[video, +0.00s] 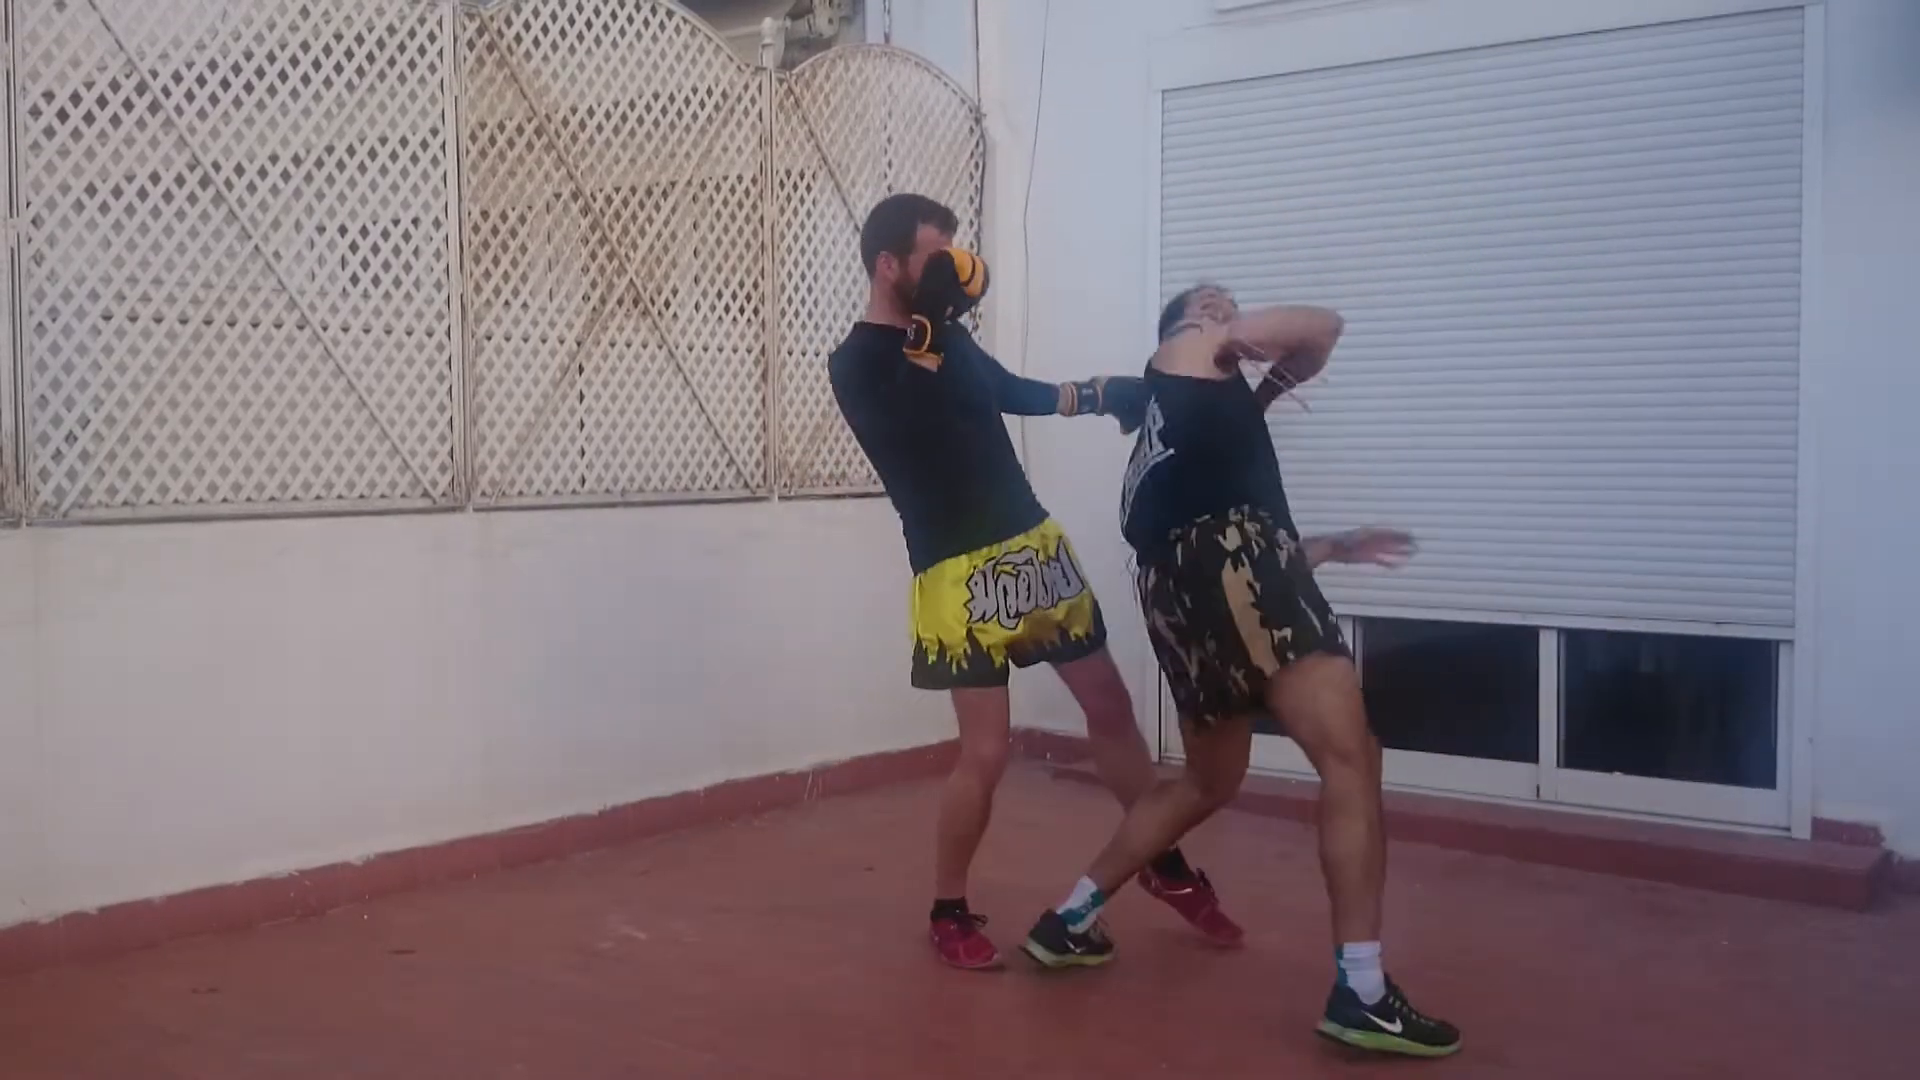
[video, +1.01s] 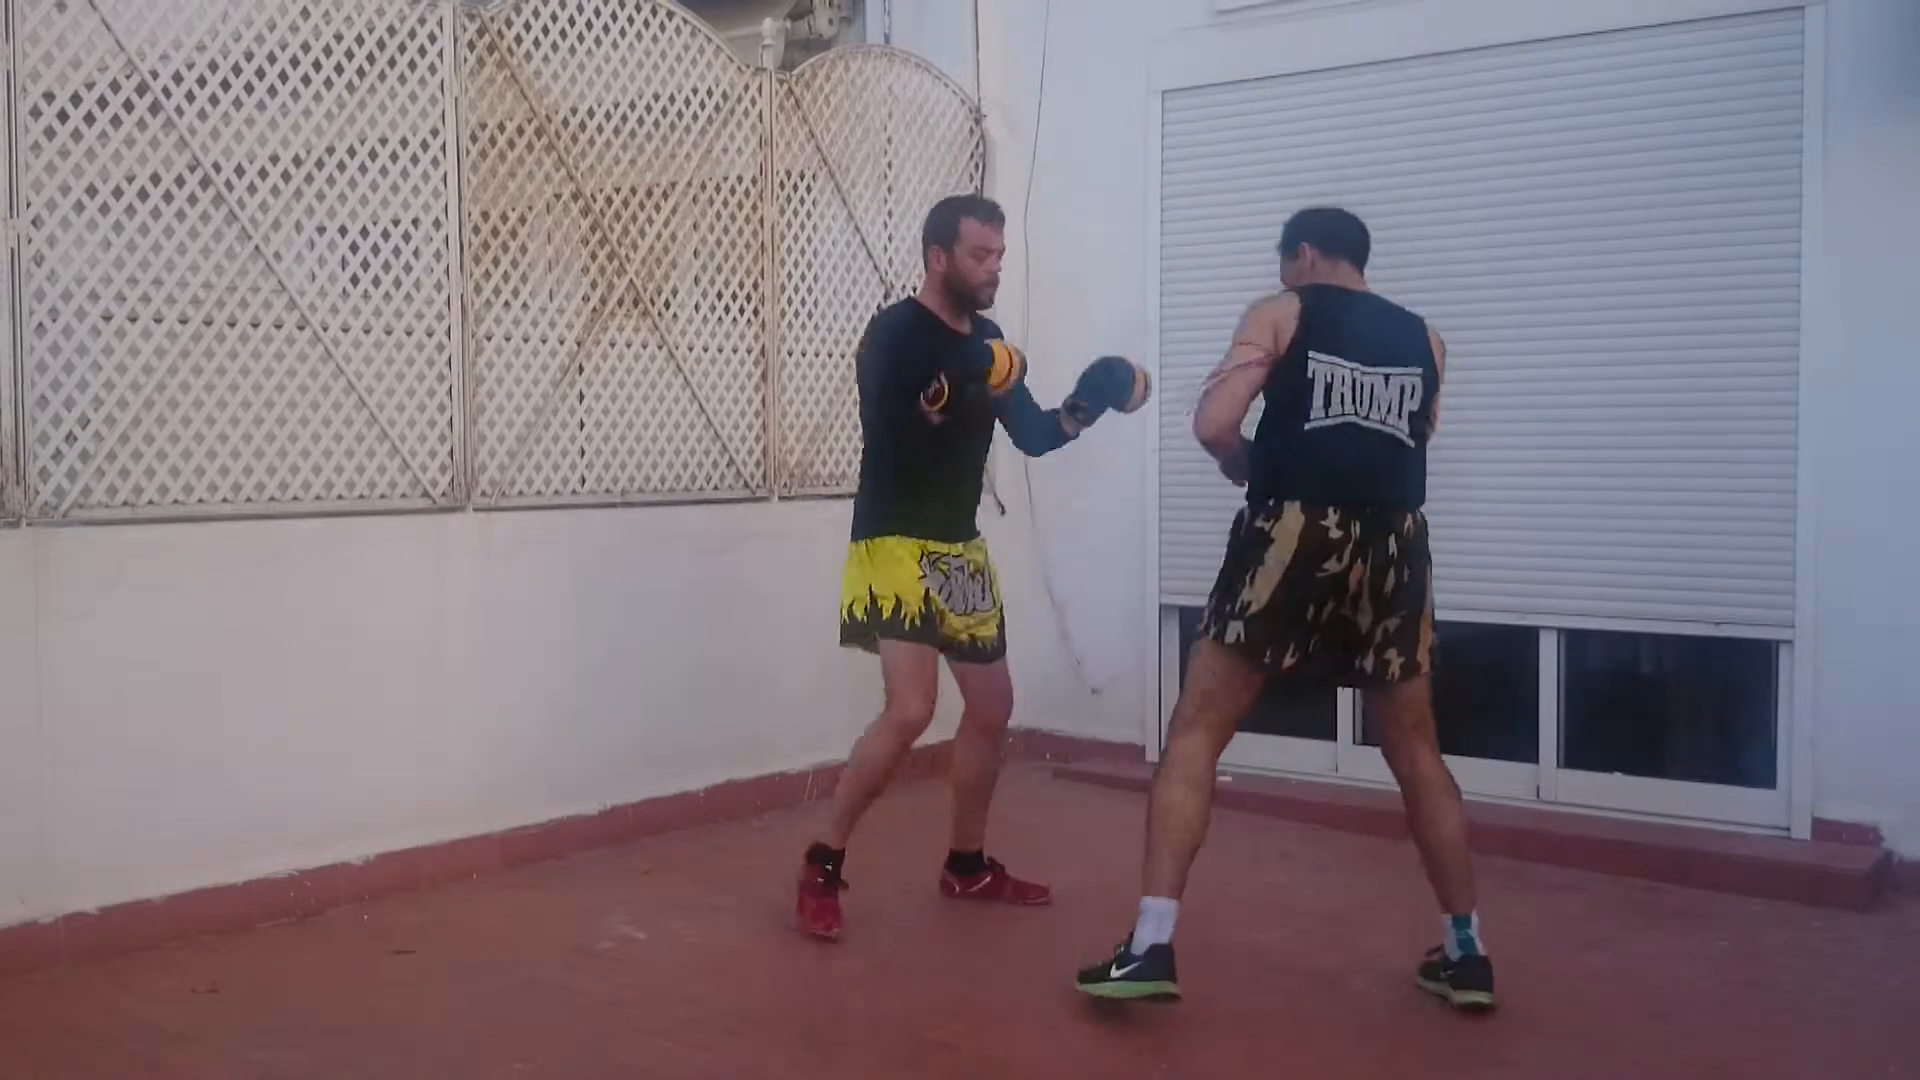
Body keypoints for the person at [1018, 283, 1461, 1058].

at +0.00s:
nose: (1237, 312)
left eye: (1234, 305)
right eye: (1224, 303)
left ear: (1176, 335)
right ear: (1197, 320)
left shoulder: (1166, 435)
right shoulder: (1198, 344)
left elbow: (1230, 548)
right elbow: (1321, 327)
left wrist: (1337, 546)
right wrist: (1264, 365)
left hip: (1173, 587)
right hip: (1236, 556)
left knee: (1209, 777)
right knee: (1349, 755)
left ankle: (1069, 919)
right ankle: (1362, 990)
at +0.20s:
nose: (1240, 293)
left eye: (1248, 291)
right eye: (1229, 287)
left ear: (1263, 326)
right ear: (1202, 308)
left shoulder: (1276, 403)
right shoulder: (1162, 340)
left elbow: (1345, 480)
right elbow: (1103, 239)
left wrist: (1293, 384)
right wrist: (1212, 255)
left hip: (1199, 556)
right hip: (1188, 545)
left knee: (1194, 773)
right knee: (1273, 749)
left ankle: (1056, 917)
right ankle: (1306, 979)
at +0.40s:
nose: (1264, 279)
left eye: (1274, 276)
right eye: (1251, 265)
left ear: (1277, 303)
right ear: (1221, 271)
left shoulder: (1247, 401)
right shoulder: (1194, 315)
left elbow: (1312, 493)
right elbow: (1241, 197)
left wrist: (1340, 395)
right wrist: (1309, 281)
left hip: (1171, 561)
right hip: (1200, 551)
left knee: (1178, 762)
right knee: (1287, 745)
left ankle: (1046, 907)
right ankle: (1303, 968)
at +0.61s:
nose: (1328, 299)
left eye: (1324, 290)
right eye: (1322, 289)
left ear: (1246, 292)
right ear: (1303, 284)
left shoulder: (1203, 371)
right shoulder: (1284, 304)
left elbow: (1266, 504)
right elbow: (1410, 318)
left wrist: (1352, 450)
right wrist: (1379, 348)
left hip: (1172, 548)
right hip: (1260, 537)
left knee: (1149, 735)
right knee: (1358, 724)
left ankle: (1049, 898)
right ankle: (1398, 934)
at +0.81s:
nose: (1292, 302)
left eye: (1292, 290)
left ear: (1298, 289)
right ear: (1369, 295)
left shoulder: (1248, 348)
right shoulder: (1410, 356)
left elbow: (1204, 473)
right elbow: (1427, 491)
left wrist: (1278, 453)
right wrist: (1378, 431)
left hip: (1248, 551)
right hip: (1358, 559)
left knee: (1172, 738)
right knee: (1392, 748)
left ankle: (1092, 921)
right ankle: (1406, 954)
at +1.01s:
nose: (1282, 280)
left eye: (1283, 267)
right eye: (1283, 270)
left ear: (1307, 255)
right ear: (1362, 260)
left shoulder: (1283, 310)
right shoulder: (1428, 341)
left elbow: (1212, 423)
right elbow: (1415, 441)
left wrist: (1248, 468)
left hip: (1291, 536)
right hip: (1396, 546)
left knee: (1198, 732)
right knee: (1415, 747)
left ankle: (1149, 948)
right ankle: (1467, 951)